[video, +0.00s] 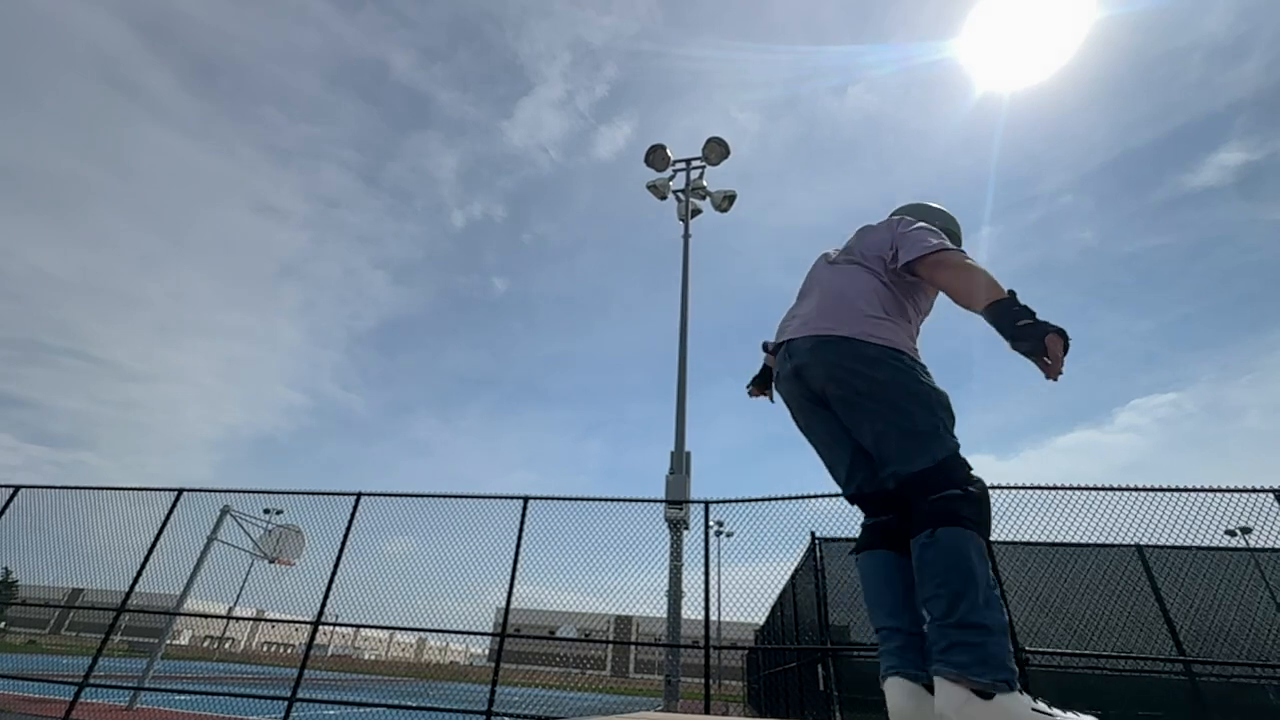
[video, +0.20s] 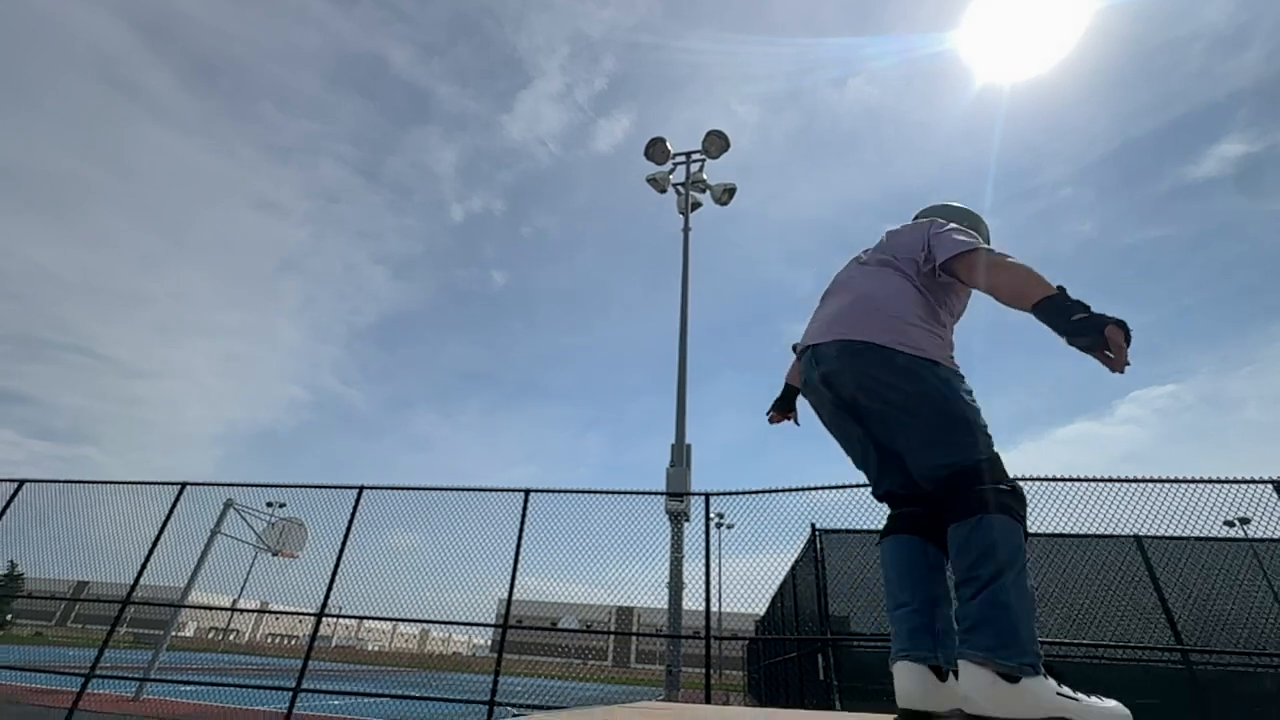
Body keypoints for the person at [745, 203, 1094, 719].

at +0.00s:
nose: (951, 254)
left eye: (954, 249)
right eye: (947, 244)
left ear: (896, 220)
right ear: (931, 227)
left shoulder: (836, 259)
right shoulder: (907, 227)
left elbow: (798, 317)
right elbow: (941, 264)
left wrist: (769, 366)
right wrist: (1018, 319)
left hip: (795, 368)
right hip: (860, 348)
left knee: (882, 508)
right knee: (948, 493)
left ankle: (904, 679)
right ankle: (975, 681)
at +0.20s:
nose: (977, 251)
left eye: (976, 242)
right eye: (973, 240)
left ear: (922, 223)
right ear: (957, 228)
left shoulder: (864, 262)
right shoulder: (938, 231)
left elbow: (815, 334)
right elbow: (987, 269)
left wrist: (789, 390)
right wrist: (1073, 317)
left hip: (823, 370)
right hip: (891, 349)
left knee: (911, 504)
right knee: (983, 493)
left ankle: (921, 665)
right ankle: (1002, 668)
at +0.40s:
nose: (1004, 266)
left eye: (1005, 260)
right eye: (1002, 257)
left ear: (945, 238)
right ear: (986, 242)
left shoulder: (894, 273)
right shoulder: (972, 246)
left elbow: (841, 354)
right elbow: (1025, 280)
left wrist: (818, 423)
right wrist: (1127, 326)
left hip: (845, 372)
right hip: (914, 355)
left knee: (937, 512)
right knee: (1017, 494)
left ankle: (931, 674)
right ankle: (1036, 673)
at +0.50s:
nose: (1021, 272)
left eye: (1020, 266)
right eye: (1016, 264)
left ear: (953, 251)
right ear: (999, 253)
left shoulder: (906, 284)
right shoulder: (988, 257)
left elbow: (855, 369)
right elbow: (1051, 296)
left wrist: (837, 445)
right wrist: (1153, 339)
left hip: (854, 383)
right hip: (928, 365)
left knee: (945, 524)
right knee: (1034, 506)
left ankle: (936, 685)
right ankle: (1060, 683)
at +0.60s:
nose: (1038, 274)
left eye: (1036, 268)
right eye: (1033, 266)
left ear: (970, 248)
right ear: (1015, 252)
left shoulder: (920, 279)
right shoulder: (1006, 258)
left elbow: (866, 372)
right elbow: (1076, 296)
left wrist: (857, 456)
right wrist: (1184, 340)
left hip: (863, 376)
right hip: (943, 360)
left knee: (953, 524)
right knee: (1052, 503)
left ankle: (942, 678)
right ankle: (1082, 678)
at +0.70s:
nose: (1060, 275)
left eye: (1056, 268)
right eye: (1054, 266)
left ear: (987, 248)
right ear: (1034, 252)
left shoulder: (940, 275)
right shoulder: (1027, 258)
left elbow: (898, 370)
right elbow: (1098, 295)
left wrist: (888, 461)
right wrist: (1217, 341)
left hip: (876, 373)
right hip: (959, 356)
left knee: (964, 525)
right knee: (1072, 502)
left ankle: (948, 677)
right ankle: (1105, 677)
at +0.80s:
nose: (1071, 276)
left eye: (1068, 270)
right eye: (1065, 266)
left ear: (998, 250)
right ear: (1050, 255)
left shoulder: (952, 276)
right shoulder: (1044, 262)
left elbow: (932, 383)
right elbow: (1121, 296)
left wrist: (918, 476)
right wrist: (1235, 342)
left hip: (886, 372)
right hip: (975, 354)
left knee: (971, 521)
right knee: (1088, 499)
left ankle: (955, 676)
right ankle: (1127, 677)